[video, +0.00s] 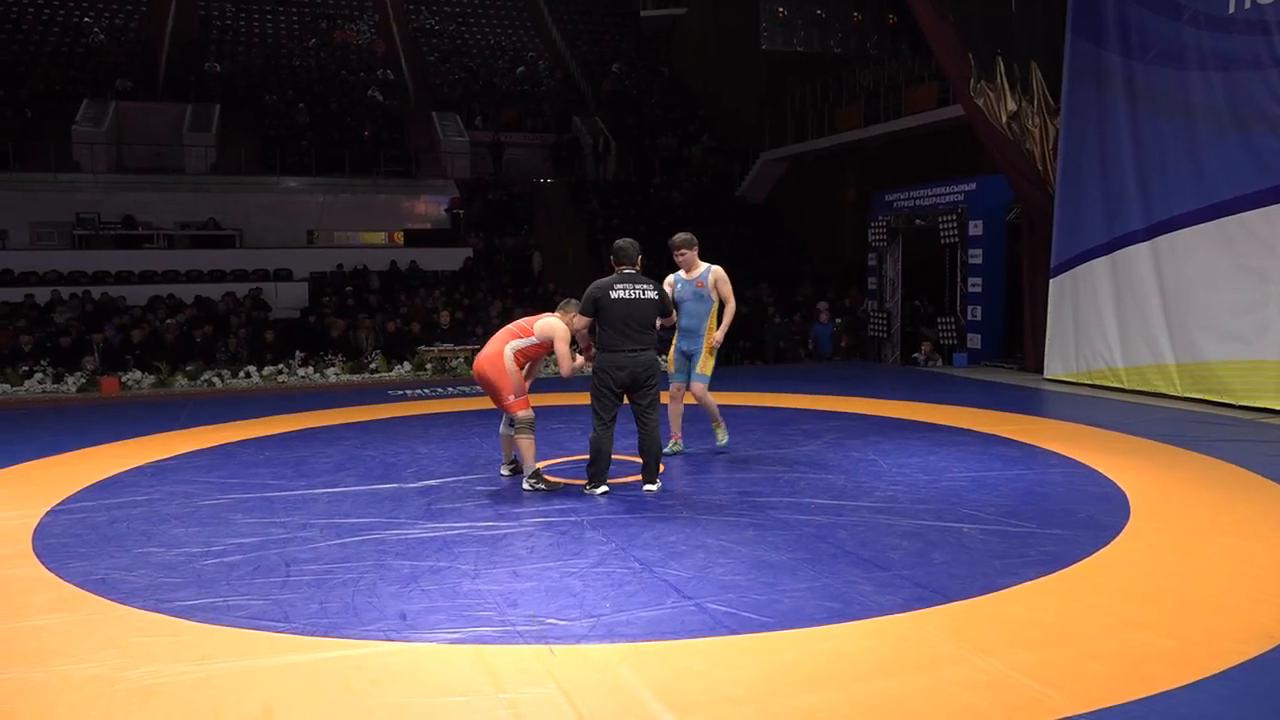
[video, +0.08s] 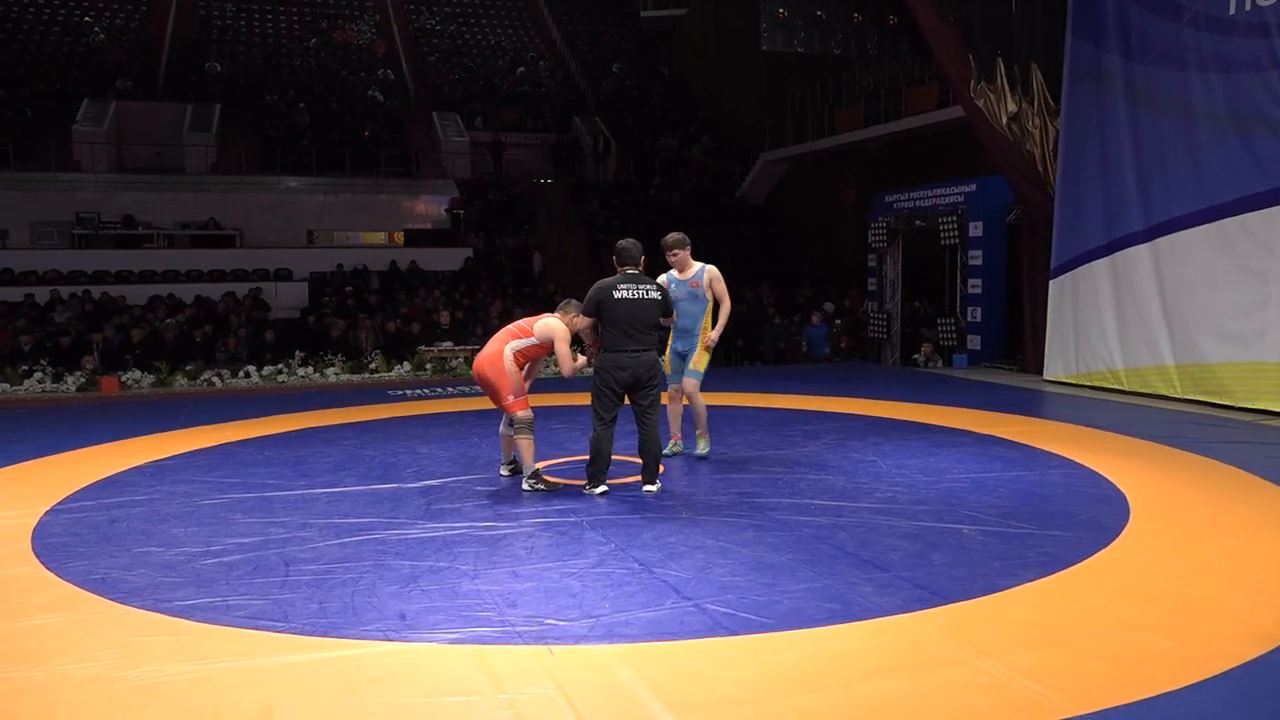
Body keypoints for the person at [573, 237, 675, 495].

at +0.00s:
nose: (639, 261)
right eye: (639, 258)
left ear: (612, 262)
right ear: (639, 261)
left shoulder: (599, 288)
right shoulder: (654, 288)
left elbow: (580, 326)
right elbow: (669, 320)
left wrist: (588, 350)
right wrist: (649, 320)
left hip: (609, 362)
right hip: (645, 362)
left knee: (603, 422)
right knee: (648, 420)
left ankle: (597, 481)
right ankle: (651, 479)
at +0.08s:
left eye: (615, 259)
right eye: (642, 258)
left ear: (615, 262)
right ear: (642, 261)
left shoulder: (602, 287)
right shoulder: (657, 289)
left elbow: (584, 325)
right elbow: (668, 320)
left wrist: (594, 346)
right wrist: (645, 319)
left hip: (612, 362)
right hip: (647, 361)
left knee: (603, 422)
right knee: (649, 421)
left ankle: (597, 480)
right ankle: (650, 480)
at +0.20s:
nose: (618, 263)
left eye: (618, 260)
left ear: (619, 262)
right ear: (646, 261)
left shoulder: (606, 288)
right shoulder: (661, 290)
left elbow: (589, 326)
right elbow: (663, 323)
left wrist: (608, 336)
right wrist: (641, 326)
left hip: (614, 362)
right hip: (650, 362)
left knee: (604, 422)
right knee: (650, 421)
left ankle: (597, 480)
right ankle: (650, 480)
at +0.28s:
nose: (619, 263)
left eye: (619, 260)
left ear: (620, 262)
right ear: (648, 261)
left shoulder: (608, 287)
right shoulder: (663, 290)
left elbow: (590, 324)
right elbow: (664, 323)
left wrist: (613, 332)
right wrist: (642, 326)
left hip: (616, 362)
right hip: (651, 361)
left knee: (605, 421)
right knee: (650, 421)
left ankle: (596, 479)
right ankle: (650, 480)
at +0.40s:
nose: (621, 264)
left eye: (622, 261)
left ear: (625, 263)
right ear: (651, 262)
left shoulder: (613, 286)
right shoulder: (666, 289)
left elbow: (595, 325)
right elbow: (667, 324)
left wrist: (619, 331)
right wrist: (643, 326)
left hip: (620, 362)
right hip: (655, 363)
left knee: (607, 421)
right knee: (653, 421)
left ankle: (598, 477)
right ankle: (651, 480)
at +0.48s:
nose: (624, 264)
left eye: (625, 261)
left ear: (627, 263)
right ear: (653, 262)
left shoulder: (615, 286)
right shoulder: (670, 289)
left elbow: (597, 324)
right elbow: (672, 323)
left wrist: (621, 330)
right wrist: (650, 324)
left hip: (622, 362)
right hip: (657, 363)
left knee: (609, 420)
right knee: (654, 420)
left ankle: (599, 476)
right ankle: (653, 480)